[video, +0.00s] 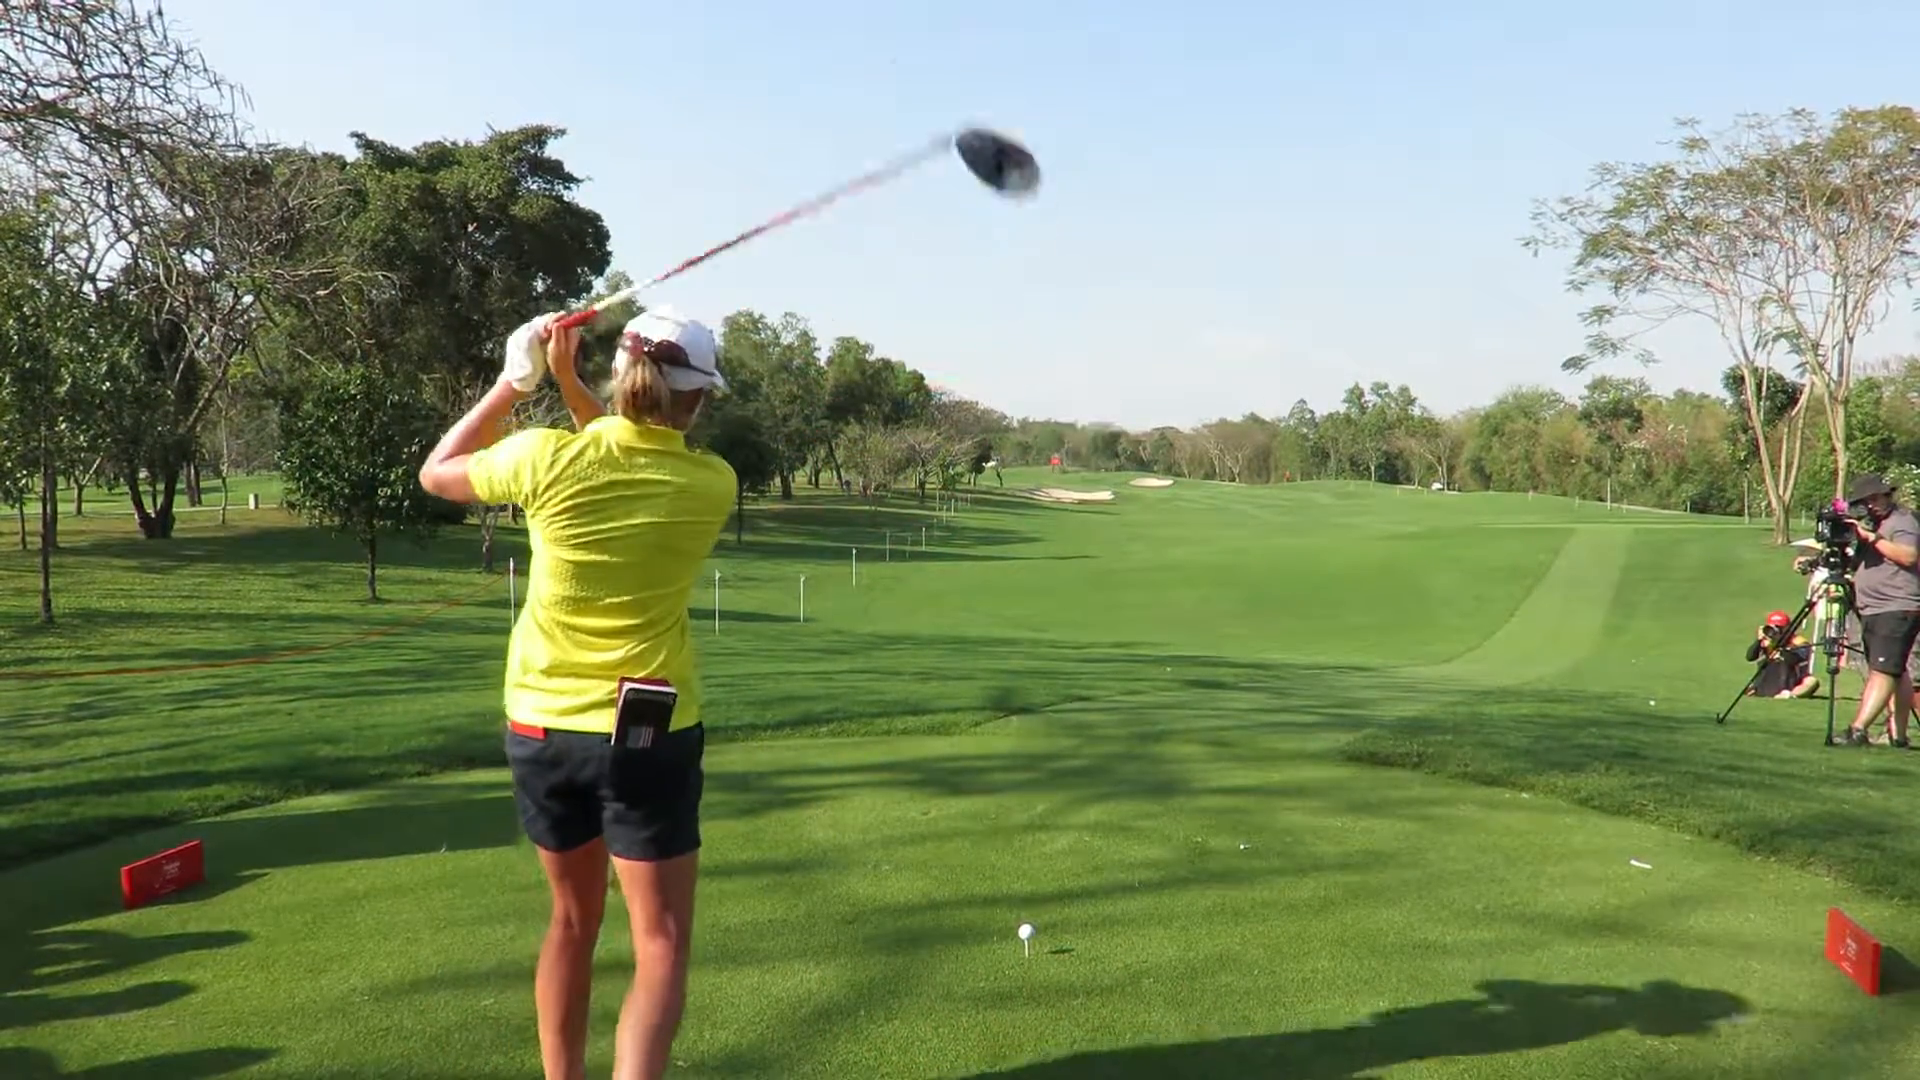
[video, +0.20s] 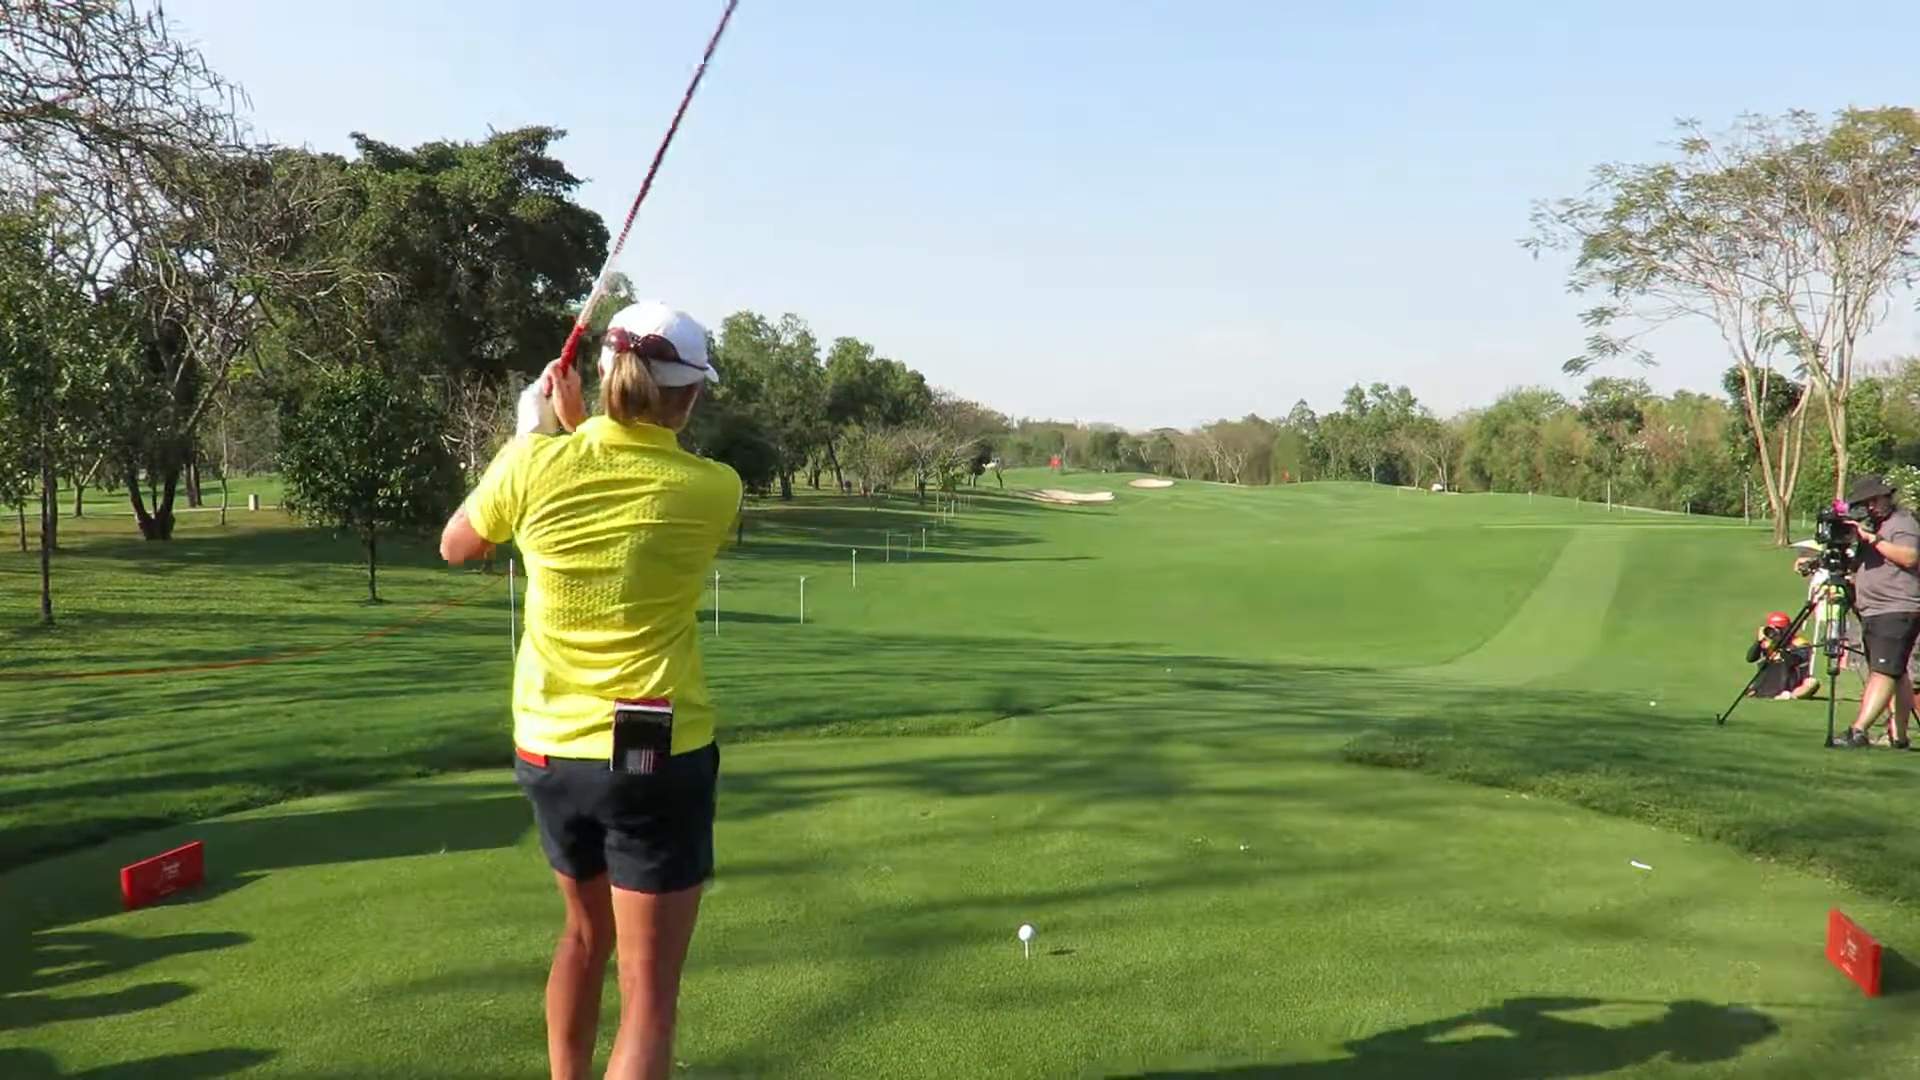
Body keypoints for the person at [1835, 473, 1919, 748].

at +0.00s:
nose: (1869, 508)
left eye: (1872, 501)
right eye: (1864, 504)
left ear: (1886, 497)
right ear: (1863, 506)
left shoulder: (1902, 521)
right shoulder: (1873, 525)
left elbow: (1909, 556)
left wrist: (1872, 538)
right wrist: (1845, 535)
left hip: (1898, 607)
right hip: (1873, 608)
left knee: (1883, 668)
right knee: (1892, 672)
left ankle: (1858, 728)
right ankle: (1898, 734)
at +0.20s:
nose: (1868, 509)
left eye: (1872, 502)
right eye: (1864, 505)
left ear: (1886, 498)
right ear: (1864, 507)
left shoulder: (1902, 522)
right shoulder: (1876, 528)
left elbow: (1910, 558)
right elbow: (1867, 568)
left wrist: (1873, 540)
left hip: (1897, 609)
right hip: (1875, 610)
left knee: (1884, 670)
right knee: (1894, 674)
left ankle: (1858, 729)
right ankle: (1899, 734)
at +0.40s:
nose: (1870, 509)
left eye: (1874, 502)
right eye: (1866, 505)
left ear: (1887, 498)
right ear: (1864, 507)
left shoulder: (1903, 522)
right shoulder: (1874, 528)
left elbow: (1910, 558)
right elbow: (1863, 568)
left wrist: (1872, 540)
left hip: (1898, 609)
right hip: (1874, 611)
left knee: (1884, 670)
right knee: (1895, 675)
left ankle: (1858, 730)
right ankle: (1899, 736)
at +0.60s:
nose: (1869, 511)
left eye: (1872, 504)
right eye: (1865, 507)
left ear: (1885, 500)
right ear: (1864, 508)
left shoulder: (1902, 523)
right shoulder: (1875, 528)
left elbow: (1910, 558)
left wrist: (1872, 541)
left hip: (1899, 609)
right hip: (1875, 610)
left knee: (1884, 670)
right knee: (1895, 675)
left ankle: (1859, 730)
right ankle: (1899, 736)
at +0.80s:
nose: (1869, 511)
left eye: (1872, 504)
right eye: (1865, 507)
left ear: (1887, 499)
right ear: (1864, 508)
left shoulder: (1904, 524)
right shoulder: (1873, 529)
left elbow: (1911, 559)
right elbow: (1859, 566)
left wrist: (1872, 540)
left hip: (1899, 610)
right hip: (1874, 612)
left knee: (1884, 671)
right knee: (1897, 677)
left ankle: (1859, 730)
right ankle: (1899, 737)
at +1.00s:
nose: (1870, 511)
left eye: (1874, 504)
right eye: (1865, 507)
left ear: (1889, 500)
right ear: (1863, 509)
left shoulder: (1903, 524)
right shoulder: (1874, 530)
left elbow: (1911, 559)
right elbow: (1863, 572)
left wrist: (1873, 541)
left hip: (1899, 611)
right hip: (1875, 613)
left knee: (1885, 671)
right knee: (1896, 677)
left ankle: (1859, 731)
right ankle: (1900, 738)